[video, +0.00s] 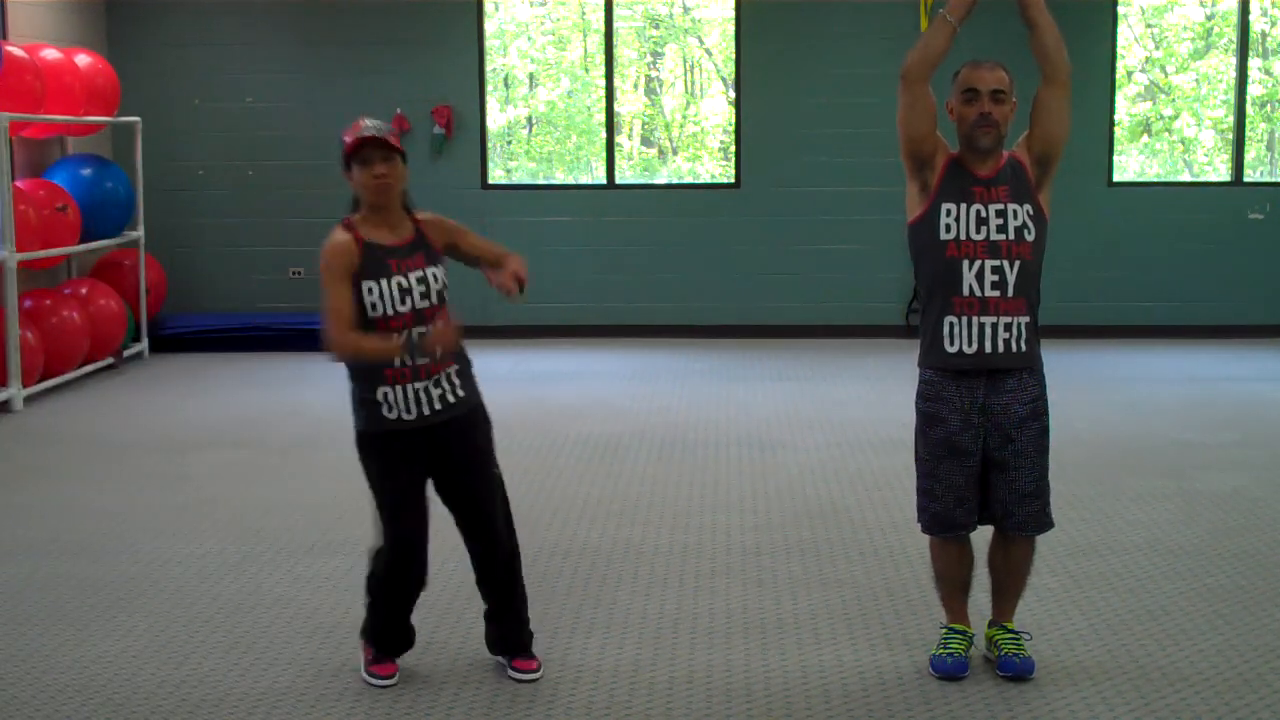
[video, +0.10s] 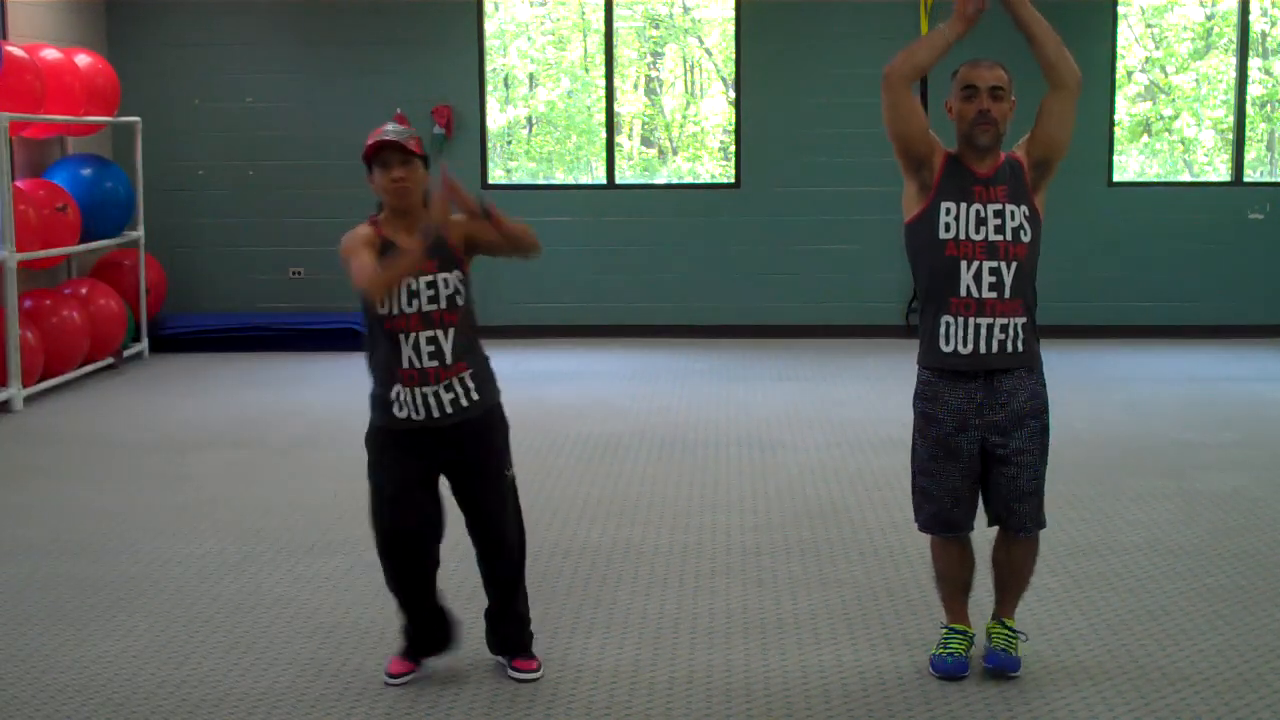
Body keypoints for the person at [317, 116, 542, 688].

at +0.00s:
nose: (378, 170)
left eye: (387, 159)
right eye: (365, 162)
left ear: (404, 167)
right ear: (350, 176)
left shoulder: (432, 229)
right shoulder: (343, 248)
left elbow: (503, 260)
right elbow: (339, 342)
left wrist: (507, 271)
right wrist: (415, 342)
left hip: (455, 410)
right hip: (388, 422)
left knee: (493, 531)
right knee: (405, 545)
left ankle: (512, 640)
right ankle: (382, 643)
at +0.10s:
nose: (397, 174)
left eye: (407, 163)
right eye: (385, 166)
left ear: (425, 172)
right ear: (372, 180)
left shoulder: (451, 229)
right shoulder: (361, 240)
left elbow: (526, 243)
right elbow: (373, 288)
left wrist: (480, 214)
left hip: (471, 413)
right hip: (399, 420)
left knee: (500, 533)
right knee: (400, 541)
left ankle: (513, 642)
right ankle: (424, 636)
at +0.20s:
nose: (406, 169)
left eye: (417, 156)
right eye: (397, 159)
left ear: (439, 163)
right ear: (390, 169)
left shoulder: (468, 223)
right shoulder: (384, 230)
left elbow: (495, 180)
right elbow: (354, 197)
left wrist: (455, 120)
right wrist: (385, 138)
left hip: (474, 406)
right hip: (402, 408)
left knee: (501, 527)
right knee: (370, 510)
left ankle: (513, 639)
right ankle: (435, 629)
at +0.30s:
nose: (412, 146)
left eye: (423, 136)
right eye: (401, 139)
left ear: (446, 149)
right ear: (391, 154)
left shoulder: (472, 207)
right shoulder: (386, 211)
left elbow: (474, 132)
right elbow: (333, 148)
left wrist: (443, 61)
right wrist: (317, 79)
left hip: (471, 401)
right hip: (396, 397)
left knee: (492, 529)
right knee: (347, 496)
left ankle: (512, 641)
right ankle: (381, 621)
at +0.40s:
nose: (409, 148)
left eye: (421, 137)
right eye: (399, 139)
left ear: (445, 147)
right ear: (389, 151)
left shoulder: (471, 204)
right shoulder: (383, 208)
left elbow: (470, 128)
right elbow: (303, 155)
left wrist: (437, 50)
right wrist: (244, 102)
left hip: (464, 399)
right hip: (390, 392)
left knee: (485, 528)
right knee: (332, 504)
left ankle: (512, 641)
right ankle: (315, 619)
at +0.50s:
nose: (405, 154)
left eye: (416, 143)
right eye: (395, 145)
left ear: (440, 152)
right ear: (384, 156)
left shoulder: (464, 212)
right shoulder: (373, 214)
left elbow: (464, 136)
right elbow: (281, 200)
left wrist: (434, 54)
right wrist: (198, 181)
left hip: (453, 408)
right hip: (377, 406)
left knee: (479, 527)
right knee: (330, 517)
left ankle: (512, 641)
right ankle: (284, 624)